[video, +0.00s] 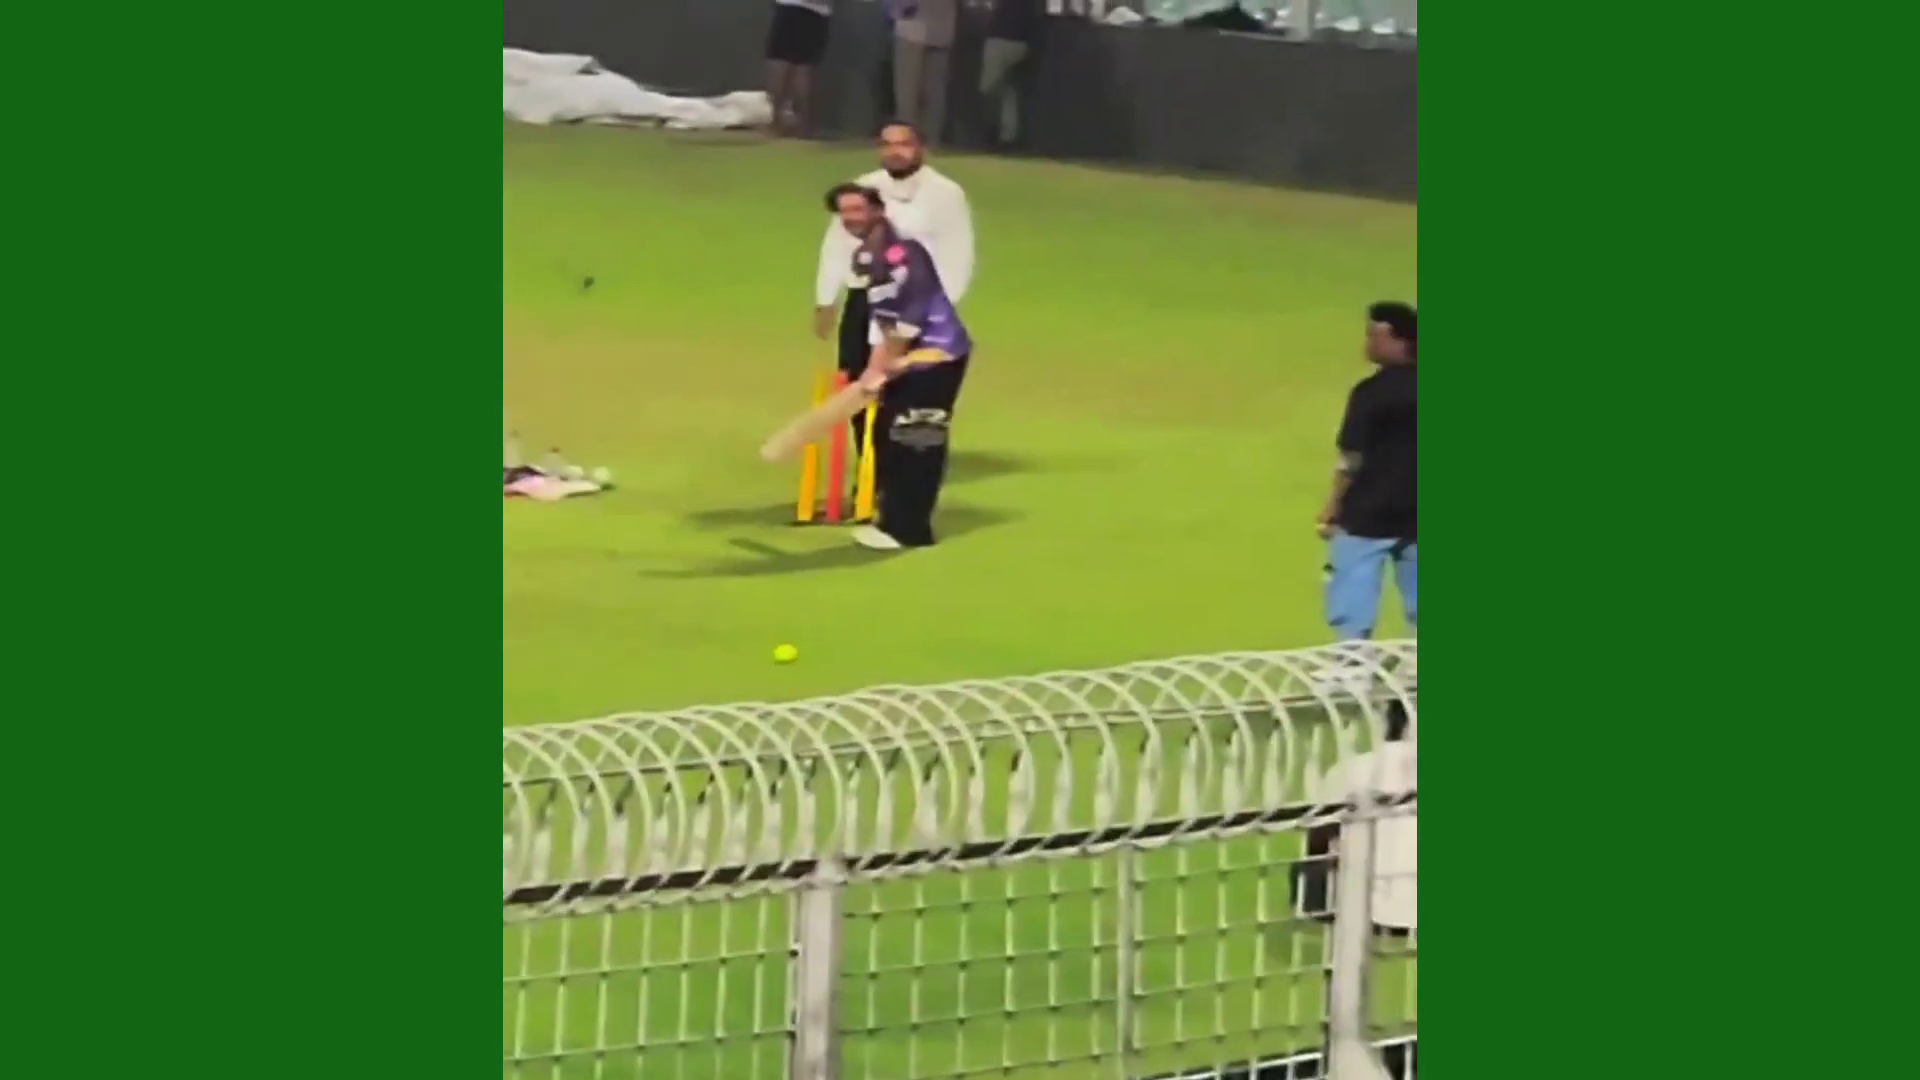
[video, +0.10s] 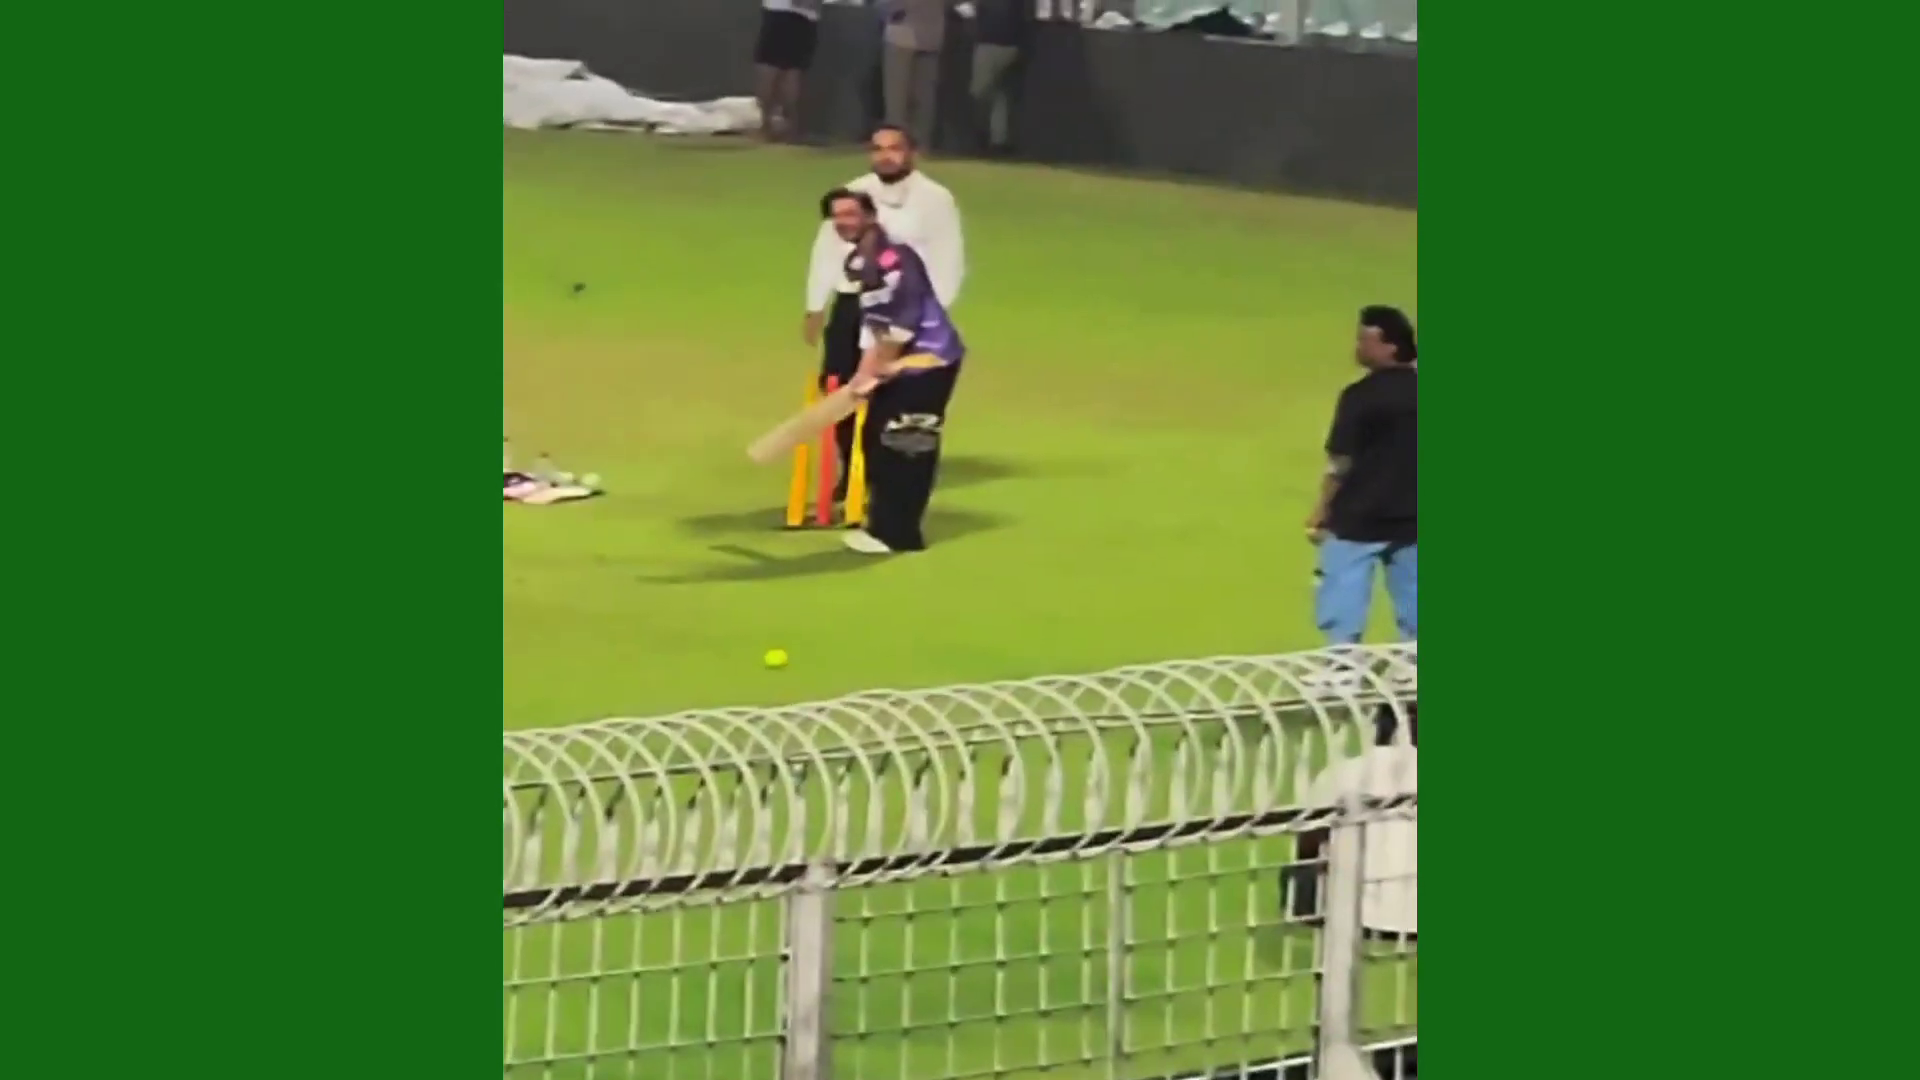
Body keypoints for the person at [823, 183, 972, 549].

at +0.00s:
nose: (849, 219)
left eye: (857, 210)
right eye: (844, 212)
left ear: (877, 212)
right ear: (839, 218)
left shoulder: (906, 255)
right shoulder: (865, 259)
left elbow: (910, 325)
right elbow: (883, 322)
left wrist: (881, 367)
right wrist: (875, 369)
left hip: (938, 353)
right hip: (908, 354)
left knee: (919, 437)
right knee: (896, 435)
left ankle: (910, 526)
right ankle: (896, 521)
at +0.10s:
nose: (843, 223)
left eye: (851, 215)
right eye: (837, 216)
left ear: (870, 217)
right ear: (832, 223)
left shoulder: (898, 260)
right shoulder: (858, 265)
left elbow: (902, 332)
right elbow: (873, 327)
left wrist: (873, 370)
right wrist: (864, 374)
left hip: (930, 358)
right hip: (899, 360)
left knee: (910, 441)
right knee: (884, 439)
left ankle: (900, 530)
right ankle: (886, 525)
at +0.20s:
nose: (838, 232)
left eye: (846, 223)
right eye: (832, 225)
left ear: (865, 224)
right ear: (827, 231)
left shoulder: (894, 267)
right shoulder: (853, 274)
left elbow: (899, 335)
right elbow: (866, 335)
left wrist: (868, 373)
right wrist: (856, 381)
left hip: (925, 366)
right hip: (894, 368)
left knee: (902, 449)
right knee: (874, 445)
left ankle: (890, 538)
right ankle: (878, 532)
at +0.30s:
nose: (831, 239)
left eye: (838, 230)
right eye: (825, 233)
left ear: (858, 230)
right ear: (821, 238)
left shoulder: (886, 274)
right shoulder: (847, 281)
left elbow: (893, 338)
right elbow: (858, 338)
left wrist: (863, 375)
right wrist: (850, 380)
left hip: (917, 372)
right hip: (890, 373)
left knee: (887, 455)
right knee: (868, 452)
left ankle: (878, 544)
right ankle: (892, 535)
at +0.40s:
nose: (828, 245)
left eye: (834, 236)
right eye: (822, 238)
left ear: (853, 237)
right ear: (817, 242)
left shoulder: (880, 279)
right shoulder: (842, 286)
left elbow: (890, 339)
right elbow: (853, 340)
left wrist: (860, 377)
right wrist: (851, 377)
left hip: (910, 379)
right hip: (882, 380)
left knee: (873, 465)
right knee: (873, 463)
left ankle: (862, 548)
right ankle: (910, 535)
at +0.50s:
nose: (827, 257)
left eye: (833, 249)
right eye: (821, 251)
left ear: (854, 248)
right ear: (817, 256)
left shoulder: (881, 291)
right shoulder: (841, 296)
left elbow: (886, 349)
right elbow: (855, 352)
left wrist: (856, 389)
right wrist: (845, 395)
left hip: (908, 390)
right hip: (876, 391)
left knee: (869, 473)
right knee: (876, 474)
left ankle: (853, 559)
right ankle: (928, 546)